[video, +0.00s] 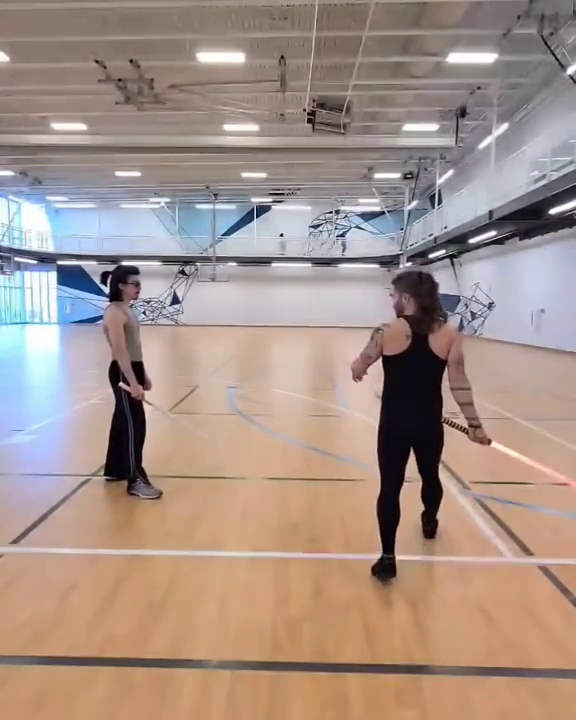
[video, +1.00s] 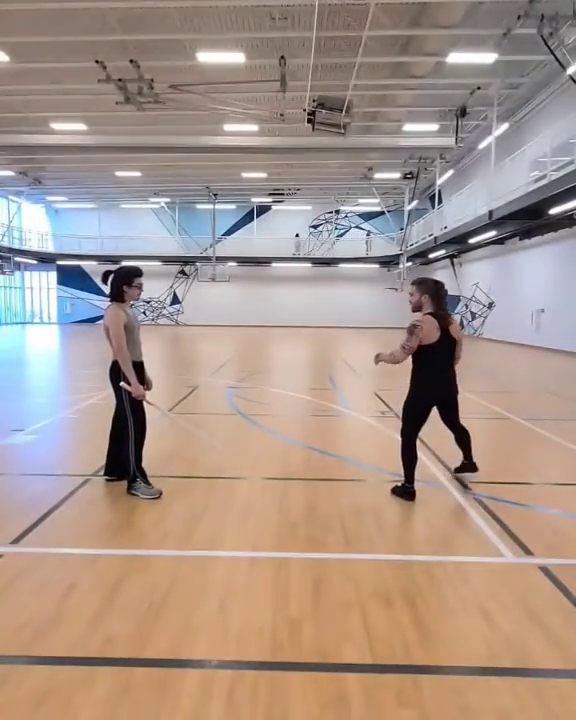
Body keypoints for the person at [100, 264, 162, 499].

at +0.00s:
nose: (138, 289)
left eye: (139, 285)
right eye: (134, 285)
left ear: (133, 287)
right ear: (120, 286)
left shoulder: (127, 310)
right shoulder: (114, 313)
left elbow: (133, 347)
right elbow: (119, 351)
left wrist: (143, 373)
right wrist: (132, 382)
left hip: (132, 369)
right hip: (123, 372)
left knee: (123, 422)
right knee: (136, 424)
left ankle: (114, 468)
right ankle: (135, 479)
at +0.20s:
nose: (138, 289)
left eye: (139, 285)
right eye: (134, 285)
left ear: (133, 288)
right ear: (120, 286)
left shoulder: (127, 311)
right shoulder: (114, 313)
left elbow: (133, 347)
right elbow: (119, 351)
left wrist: (143, 373)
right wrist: (132, 382)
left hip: (132, 370)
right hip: (123, 372)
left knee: (123, 422)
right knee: (136, 424)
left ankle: (114, 468)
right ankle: (135, 479)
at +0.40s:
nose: (138, 289)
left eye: (139, 285)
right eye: (133, 285)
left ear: (133, 287)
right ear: (119, 286)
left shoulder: (127, 311)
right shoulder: (114, 313)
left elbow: (133, 347)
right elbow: (119, 351)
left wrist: (143, 373)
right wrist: (132, 382)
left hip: (132, 369)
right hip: (123, 372)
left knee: (123, 421)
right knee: (136, 425)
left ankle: (114, 468)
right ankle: (135, 480)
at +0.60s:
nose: (138, 289)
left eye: (139, 285)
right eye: (134, 285)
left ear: (133, 287)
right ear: (120, 286)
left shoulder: (127, 310)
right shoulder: (114, 313)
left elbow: (133, 346)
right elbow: (119, 350)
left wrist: (143, 373)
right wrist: (132, 382)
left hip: (132, 369)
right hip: (123, 372)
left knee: (123, 421)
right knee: (136, 424)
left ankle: (114, 468)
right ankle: (135, 480)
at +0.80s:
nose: (139, 289)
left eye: (140, 285)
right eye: (134, 285)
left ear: (134, 288)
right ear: (120, 286)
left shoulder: (127, 310)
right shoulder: (115, 313)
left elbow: (134, 346)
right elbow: (120, 350)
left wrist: (143, 373)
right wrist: (133, 382)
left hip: (132, 369)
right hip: (123, 372)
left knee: (123, 422)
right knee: (136, 425)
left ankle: (114, 468)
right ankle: (135, 480)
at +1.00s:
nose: (140, 290)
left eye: (141, 286)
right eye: (136, 286)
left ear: (132, 289)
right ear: (123, 287)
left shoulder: (127, 311)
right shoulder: (115, 313)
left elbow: (134, 347)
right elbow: (120, 351)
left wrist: (144, 373)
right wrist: (133, 381)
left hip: (132, 369)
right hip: (124, 372)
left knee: (123, 422)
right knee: (137, 425)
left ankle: (114, 468)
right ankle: (135, 480)